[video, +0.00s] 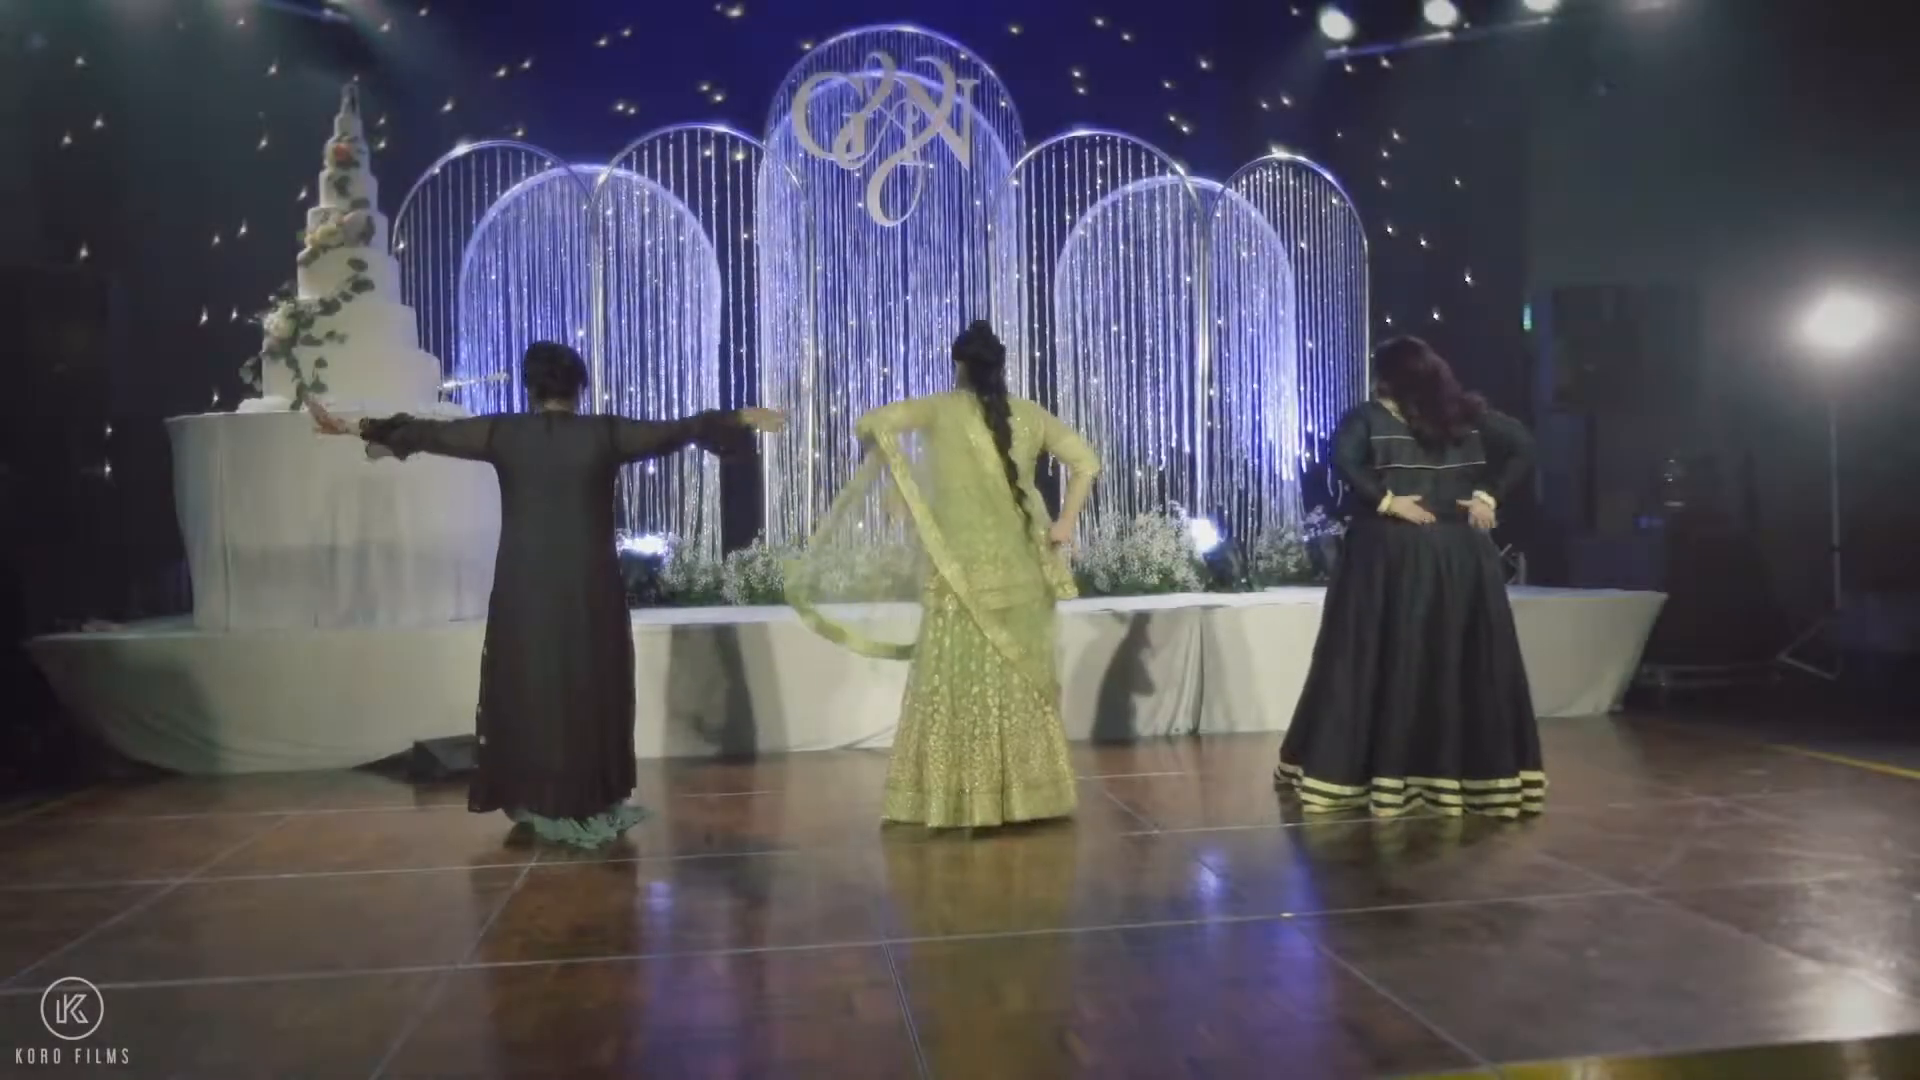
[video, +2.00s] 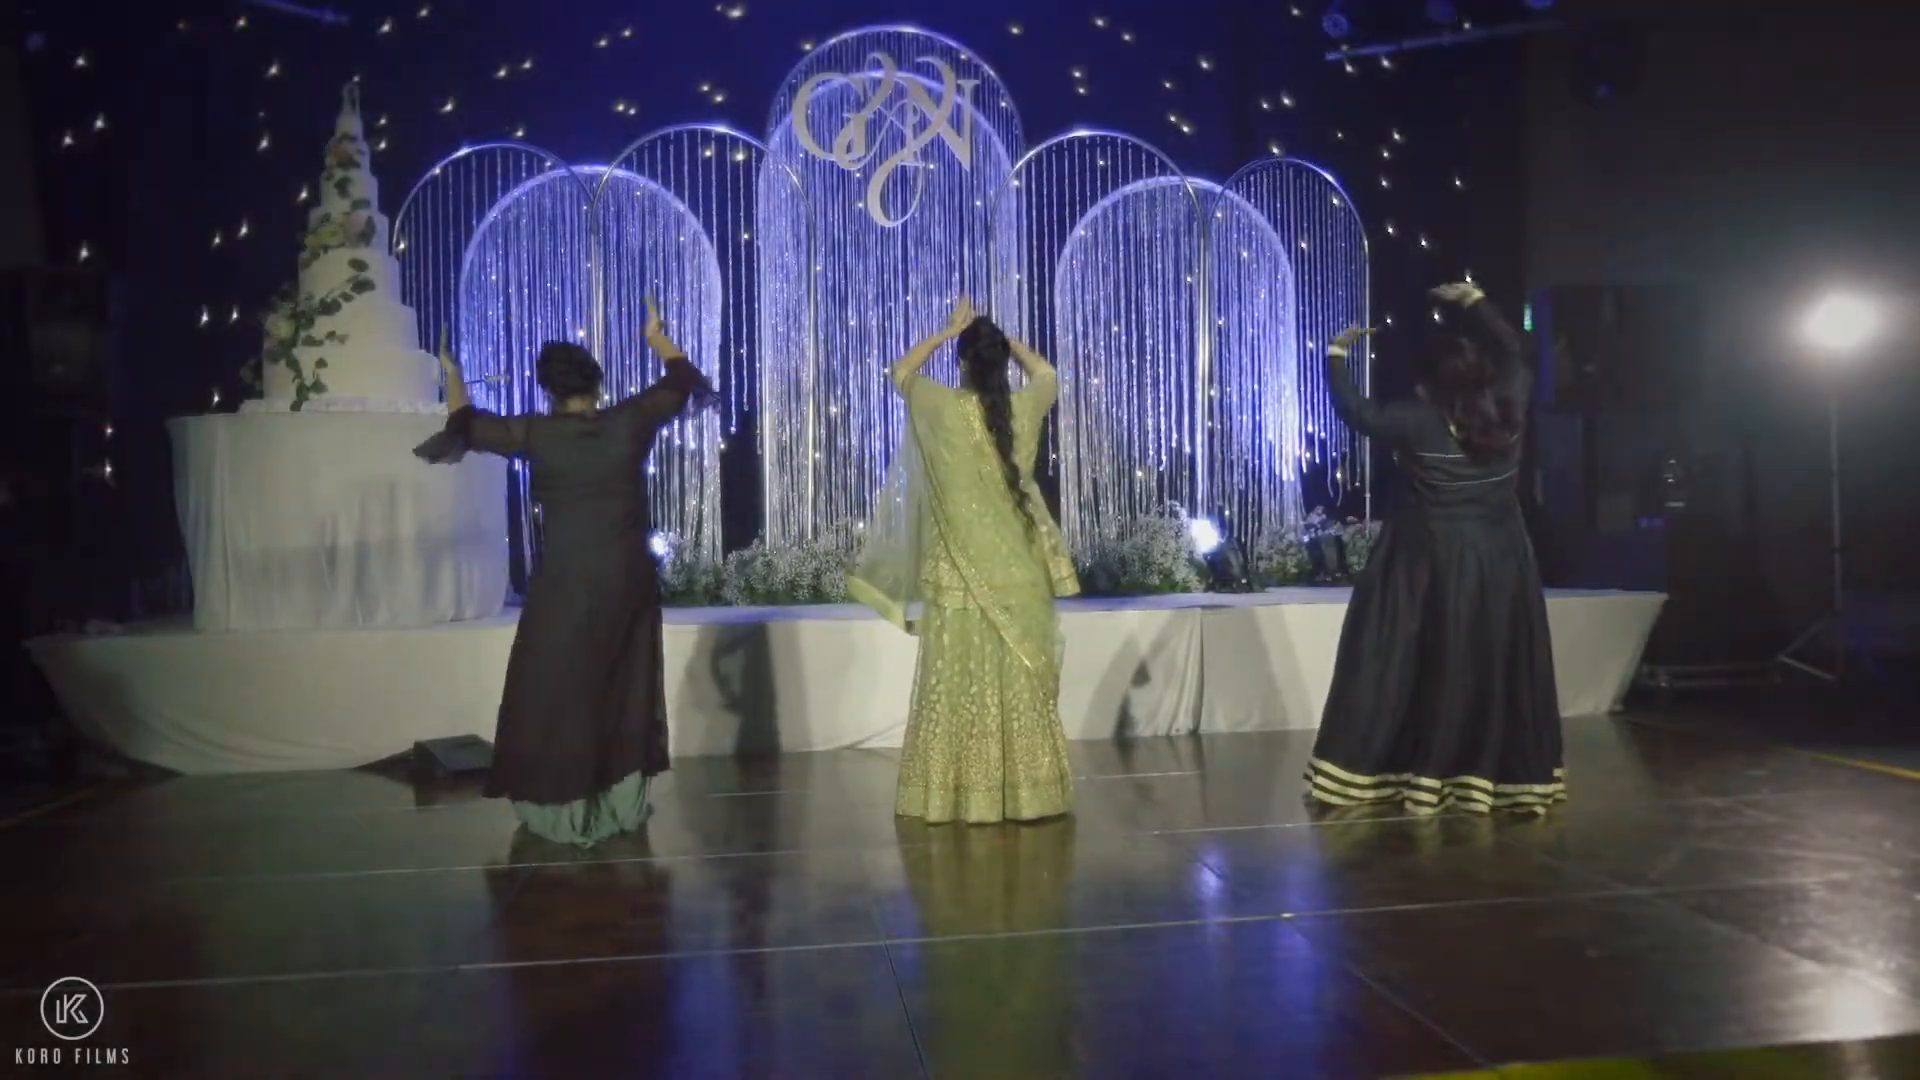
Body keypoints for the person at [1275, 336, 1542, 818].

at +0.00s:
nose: (1375, 389)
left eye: (1377, 380)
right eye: (1376, 381)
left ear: (1386, 380)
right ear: (1433, 372)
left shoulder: (1369, 417)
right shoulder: (1466, 413)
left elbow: (1343, 459)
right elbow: (1522, 443)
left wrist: (1388, 501)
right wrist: (1492, 494)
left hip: (1393, 562)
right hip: (1463, 560)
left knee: (1390, 666)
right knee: (1459, 667)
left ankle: (1388, 780)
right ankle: (1459, 780)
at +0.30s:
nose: (1375, 386)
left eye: (1376, 379)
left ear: (1382, 380)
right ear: (1431, 370)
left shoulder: (1373, 420)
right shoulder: (1465, 408)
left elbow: (1347, 453)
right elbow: (1528, 423)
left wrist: (1371, 505)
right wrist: (1500, 461)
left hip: (1405, 554)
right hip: (1471, 550)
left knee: (1397, 664)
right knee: (1470, 663)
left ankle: (1393, 780)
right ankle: (1474, 781)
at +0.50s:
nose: (1380, 390)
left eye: (1382, 382)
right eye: (1380, 382)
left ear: (1397, 384)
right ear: (1440, 373)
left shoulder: (1392, 423)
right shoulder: (1478, 415)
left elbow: (1368, 457)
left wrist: (1360, 518)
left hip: (1424, 551)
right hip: (1487, 547)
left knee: (1410, 661)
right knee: (1483, 660)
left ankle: (1405, 776)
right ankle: (1486, 777)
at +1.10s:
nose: (1388, 394)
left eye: (1392, 385)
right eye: (1389, 385)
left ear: (1406, 387)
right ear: (1448, 379)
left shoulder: (1407, 429)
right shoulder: (1485, 418)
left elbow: (1372, 477)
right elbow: (1539, 419)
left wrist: (1342, 444)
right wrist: (1511, 381)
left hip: (1425, 552)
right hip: (1489, 546)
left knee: (1419, 660)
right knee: (1487, 660)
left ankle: (1419, 777)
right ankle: (1493, 777)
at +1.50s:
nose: (1407, 387)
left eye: (1410, 379)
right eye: (1411, 379)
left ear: (1418, 383)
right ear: (1469, 374)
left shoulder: (1413, 424)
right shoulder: (1502, 409)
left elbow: (1348, 436)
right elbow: (1542, 373)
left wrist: (1326, 383)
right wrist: (1537, 310)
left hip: (1423, 546)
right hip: (1490, 544)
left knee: (1416, 661)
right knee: (1489, 663)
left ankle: (1415, 782)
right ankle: (1493, 782)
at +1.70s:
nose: (1413, 383)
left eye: (1417, 375)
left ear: (1425, 380)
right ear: (1476, 375)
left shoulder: (1416, 421)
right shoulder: (1503, 411)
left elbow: (1360, 380)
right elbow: (1505, 356)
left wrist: (1369, 316)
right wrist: (1473, 299)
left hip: (1430, 547)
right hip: (1496, 543)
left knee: (1426, 662)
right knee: (1495, 662)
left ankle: (1421, 783)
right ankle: (1497, 783)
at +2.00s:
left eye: (1435, 359)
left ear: (1430, 372)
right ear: (1486, 369)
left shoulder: (1414, 421)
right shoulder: (1508, 408)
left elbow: (1356, 410)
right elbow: (1510, 351)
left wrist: (1337, 359)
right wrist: (1476, 301)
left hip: (1431, 546)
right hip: (1499, 545)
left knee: (1422, 659)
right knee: (1495, 661)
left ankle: (1417, 782)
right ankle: (1495, 782)